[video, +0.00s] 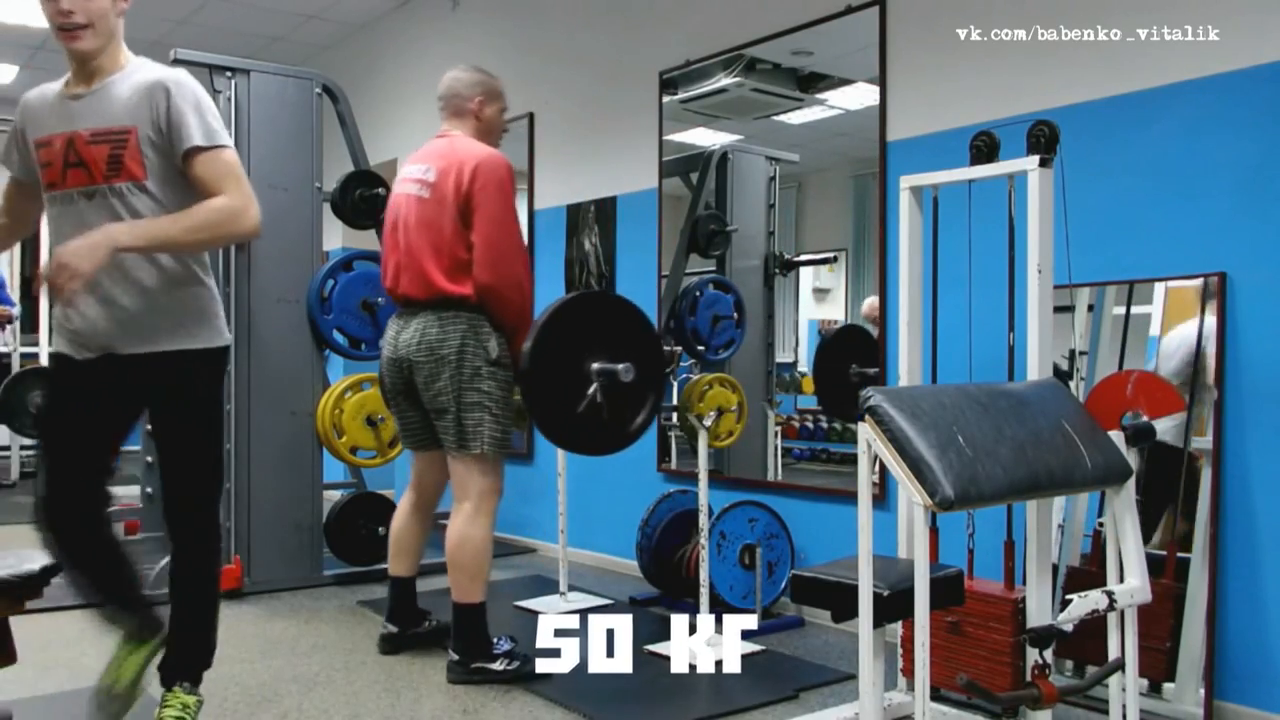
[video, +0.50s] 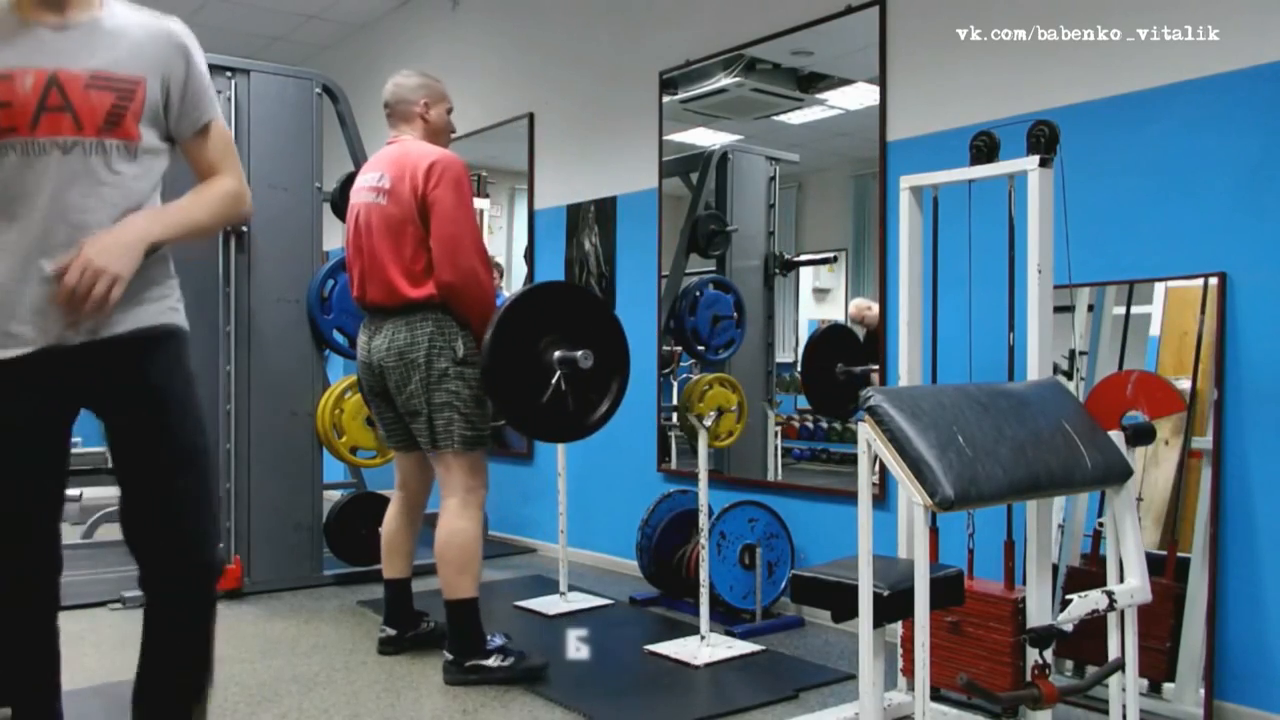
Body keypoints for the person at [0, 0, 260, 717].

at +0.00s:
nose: (68, 9)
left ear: (121, 4)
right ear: (46, 12)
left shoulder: (168, 90)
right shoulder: (33, 110)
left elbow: (241, 210)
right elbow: (16, 216)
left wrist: (110, 238)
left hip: (184, 344)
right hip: (87, 350)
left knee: (191, 522)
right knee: (65, 511)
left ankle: (185, 684)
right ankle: (141, 629)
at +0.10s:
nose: (74, 4)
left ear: (122, 2)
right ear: (47, 7)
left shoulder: (170, 88)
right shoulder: (21, 102)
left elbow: (234, 220)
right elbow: (20, 223)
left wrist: (100, 236)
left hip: (176, 345)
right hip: (72, 346)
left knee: (186, 526)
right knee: (39, 515)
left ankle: (177, 685)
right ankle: (89, 685)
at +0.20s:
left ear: (117, 0)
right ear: (43, 2)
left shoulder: (170, 87)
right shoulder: (12, 93)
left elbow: (234, 224)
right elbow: (8, 229)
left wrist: (98, 243)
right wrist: (7, 308)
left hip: (161, 350)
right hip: (46, 355)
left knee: (172, 528)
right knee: (32, 543)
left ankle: (176, 687)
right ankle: (33, 708)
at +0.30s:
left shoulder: (162, 83)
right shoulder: (3, 82)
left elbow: (236, 222)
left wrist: (111, 255)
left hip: (146, 357)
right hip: (20, 361)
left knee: (165, 535)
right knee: (16, 554)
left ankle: (177, 690)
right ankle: (27, 709)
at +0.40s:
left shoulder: (162, 66)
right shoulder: (5, 61)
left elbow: (235, 208)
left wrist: (124, 252)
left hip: (138, 353)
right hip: (14, 358)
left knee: (170, 543)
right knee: (15, 566)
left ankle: (176, 694)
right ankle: (28, 711)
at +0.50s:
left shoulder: (160, 41)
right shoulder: (4, 35)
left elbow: (231, 189)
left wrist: (136, 231)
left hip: (139, 333)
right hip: (13, 346)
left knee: (185, 571)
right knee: (17, 586)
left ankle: (169, 712)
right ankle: (31, 711)